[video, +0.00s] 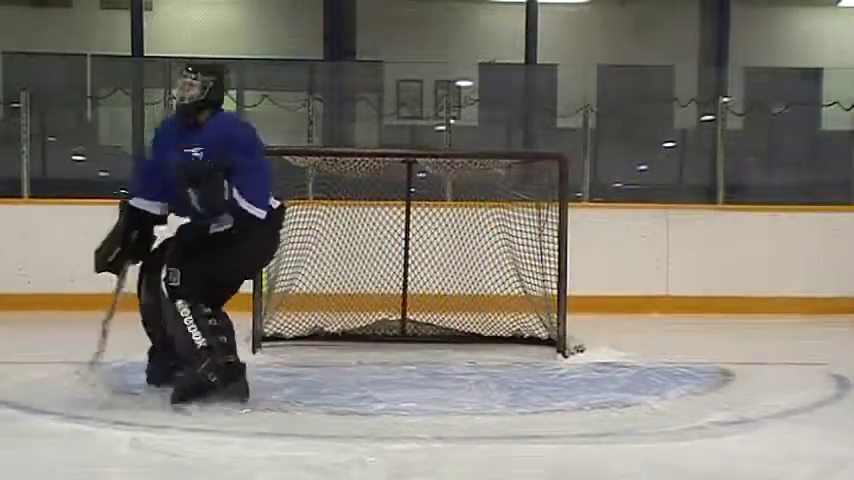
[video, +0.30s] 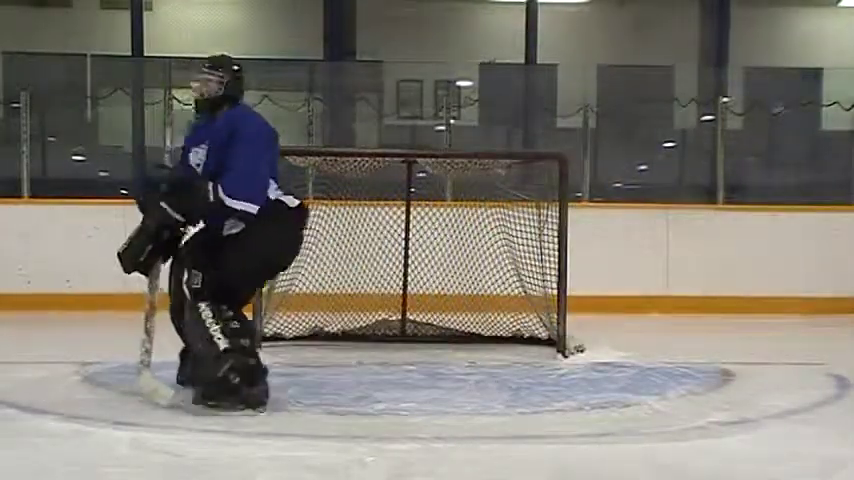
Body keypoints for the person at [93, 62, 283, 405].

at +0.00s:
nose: (184, 89)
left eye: (194, 84)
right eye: (183, 81)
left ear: (213, 90)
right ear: (178, 85)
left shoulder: (234, 132)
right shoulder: (170, 134)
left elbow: (254, 203)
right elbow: (150, 196)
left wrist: (220, 195)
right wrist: (129, 239)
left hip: (249, 230)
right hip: (202, 230)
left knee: (182, 280)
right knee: (154, 272)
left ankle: (218, 366)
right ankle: (171, 358)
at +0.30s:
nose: (199, 88)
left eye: (208, 81)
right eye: (199, 80)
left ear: (227, 86)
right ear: (202, 85)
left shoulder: (249, 127)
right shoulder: (201, 129)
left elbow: (241, 198)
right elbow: (183, 188)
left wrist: (188, 201)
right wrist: (156, 234)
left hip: (271, 225)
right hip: (228, 225)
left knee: (206, 287)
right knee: (186, 272)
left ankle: (239, 375)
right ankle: (205, 361)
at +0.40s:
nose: (219, 93)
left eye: (227, 87)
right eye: (214, 86)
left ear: (244, 95)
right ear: (208, 91)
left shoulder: (260, 135)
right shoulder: (204, 137)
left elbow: (264, 201)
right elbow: (182, 193)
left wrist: (202, 211)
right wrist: (155, 238)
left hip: (278, 227)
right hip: (230, 228)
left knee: (244, 294)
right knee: (197, 275)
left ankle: (272, 379)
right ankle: (229, 364)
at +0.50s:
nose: (243, 100)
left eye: (248, 92)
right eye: (234, 93)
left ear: (256, 96)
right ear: (219, 99)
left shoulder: (278, 138)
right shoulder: (208, 140)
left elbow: (283, 203)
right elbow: (185, 193)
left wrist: (242, 215)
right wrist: (158, 232)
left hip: (292, 221)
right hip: (233, 222)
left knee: (275, 290)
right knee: (203, 275)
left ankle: (304, 363)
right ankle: (239, 351)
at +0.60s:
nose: (268, 109)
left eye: (272, 102)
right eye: (259, 104)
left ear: (279, 109)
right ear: (242, 111)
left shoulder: (297, 149)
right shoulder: (225, 150)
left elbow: (300, 221)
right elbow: (196, 206)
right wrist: (169, 242)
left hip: (312, 231)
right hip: (249, 232)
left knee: (275, 294)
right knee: (222, 288)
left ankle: (346, 367)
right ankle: (228, 360)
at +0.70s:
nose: (296, 123)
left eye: (300, 116)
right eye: (288, 116)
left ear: (307, 121)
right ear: (271, 121)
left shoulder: (322, 160)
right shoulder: (245, 160)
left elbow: (328, 218)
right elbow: (214, 209)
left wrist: (304, 244)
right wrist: (187, 244)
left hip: (320, 248)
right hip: (268, 245)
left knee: (325, 312)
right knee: (237, 303)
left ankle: (389, 369)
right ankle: (225, 367)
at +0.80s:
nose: (339, 135)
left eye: (345, 127)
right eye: (331, 127)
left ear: (351, 130)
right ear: (312, 128)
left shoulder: (362, 174)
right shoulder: (277, 165)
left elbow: (366, 237)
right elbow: (243, 209)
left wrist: (343, 257)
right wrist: (222, 244)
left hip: (345, 266)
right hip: (294, 264)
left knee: (344, 323)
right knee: (267, 308)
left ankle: (424, 361)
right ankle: (223, 371)